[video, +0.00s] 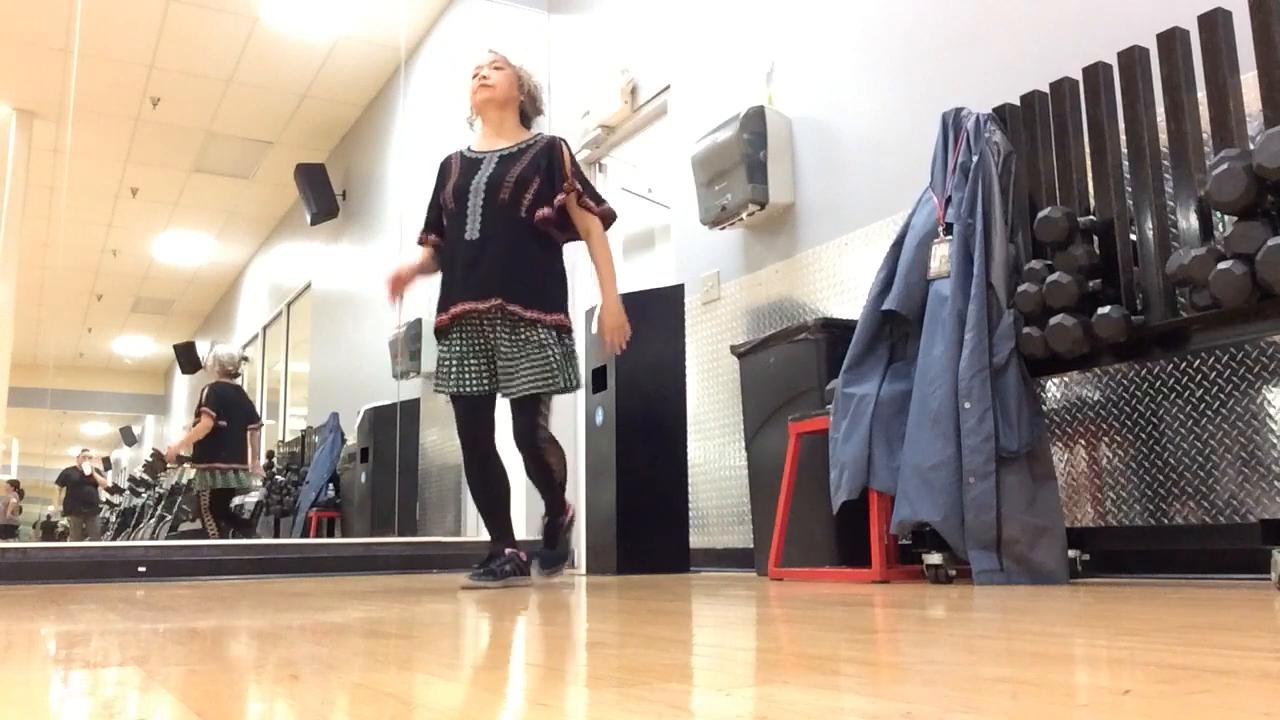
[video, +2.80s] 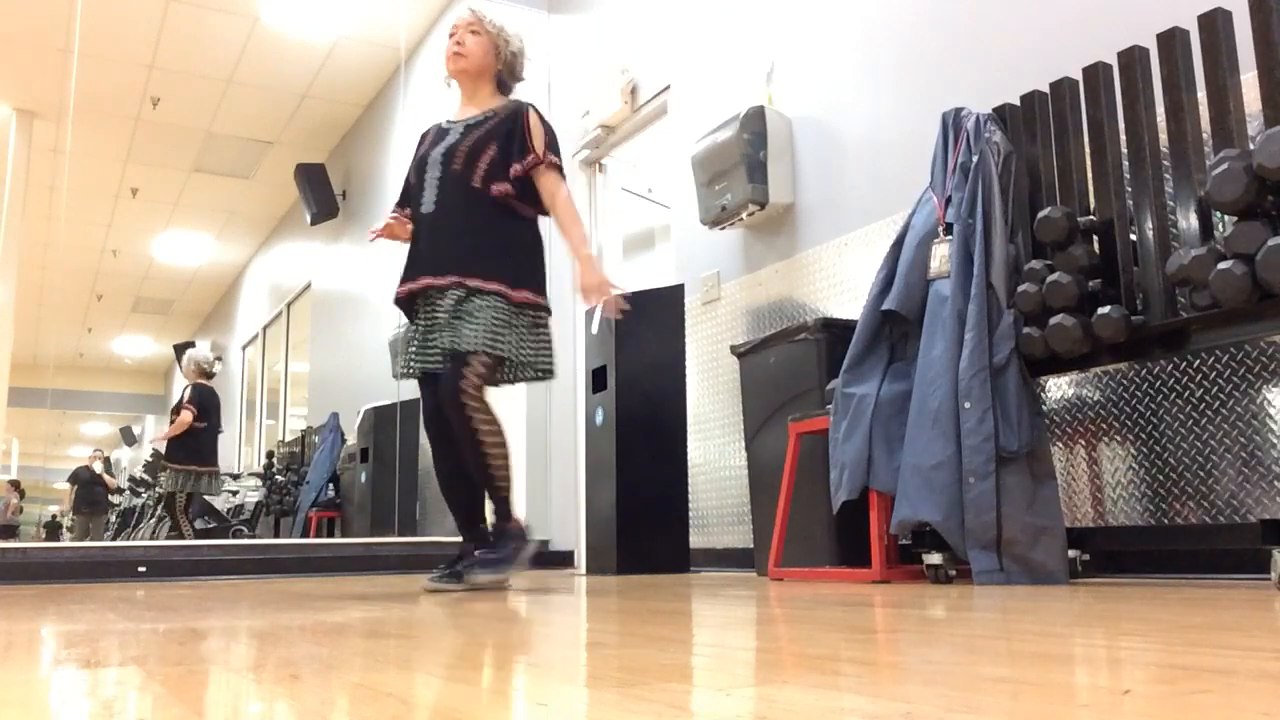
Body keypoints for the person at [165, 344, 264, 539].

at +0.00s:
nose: (209, 368)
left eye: (211, 364)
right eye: (210, 364)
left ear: (215, 366)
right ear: (235, 367)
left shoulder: (212, 390)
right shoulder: (241, 393)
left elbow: (206, 424)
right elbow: (254, 427)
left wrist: (177, 447)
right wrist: (255, 462)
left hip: (212, 466)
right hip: (237, 467)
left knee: (207, 511)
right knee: (221, 509)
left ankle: (218, 555)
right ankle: (247, 528)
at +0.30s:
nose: (206, 363)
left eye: (208, 360)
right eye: (208, 359)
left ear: (213, 364)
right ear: (232, 366)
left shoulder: (205, 387)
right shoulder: (237, 390)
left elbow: (187, 420)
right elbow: (252, 421)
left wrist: (175, 417)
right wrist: (238, 443)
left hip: (209, 461)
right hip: (235, 460)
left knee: (210, 509)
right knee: (214, 507)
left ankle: (220, 552)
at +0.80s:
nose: (203, 368)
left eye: (205, 365)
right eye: (205, 365)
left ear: (208, 368)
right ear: (226, 371)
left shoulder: (196, 391)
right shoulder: (229, 393)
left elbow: (184, 425)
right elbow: (243, 426)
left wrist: (179, 452)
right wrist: (227, 443)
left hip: (197, 464)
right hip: (224, 464)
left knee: (195, 511)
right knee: (210, 510)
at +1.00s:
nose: (196, 369)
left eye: (198, 366)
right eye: (198, 366)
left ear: (202, 369)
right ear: (221, 370)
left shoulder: (194, 391)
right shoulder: (225, 392)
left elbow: (183, 422)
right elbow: (238, 425)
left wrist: (172, 455)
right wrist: (218, 435)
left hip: (193, 465)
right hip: (220, 464)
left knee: (172, 504)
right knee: (210, 511)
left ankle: (187, 538)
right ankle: (212, 553)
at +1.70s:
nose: (183, 374)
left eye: (184, 370)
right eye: (182, 370)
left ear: (193, 371)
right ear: (204, 370)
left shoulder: (188, 394)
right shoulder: (217, 396)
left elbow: (169, 426)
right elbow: (220, 432)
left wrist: (147, 437)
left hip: (176, 466)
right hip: (203, 468)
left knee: (167, 515)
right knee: (196, 515)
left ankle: (160, 556)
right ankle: (204, 557)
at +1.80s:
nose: (184, 373)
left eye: (186, 369)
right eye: (184, 369)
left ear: (194, 371)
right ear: (206, 370)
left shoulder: (192, 394)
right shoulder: (217, 395)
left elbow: (173, 422)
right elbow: (218, 431)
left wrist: (158, 421)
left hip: (184, 467)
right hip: (210, 467)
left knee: (169, 508)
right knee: (201, 513)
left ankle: (162, 550)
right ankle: (204, 554)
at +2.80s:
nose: (182, 369)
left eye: (184, 365)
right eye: (182, 365)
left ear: (193, 367)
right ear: (205, 368)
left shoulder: (193, 390)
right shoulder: (211, 392)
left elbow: (185, 419)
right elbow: (214, 430)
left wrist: (164, 435)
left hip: (185, 463)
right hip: (202, 463)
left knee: (177, 509)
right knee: (177, 507)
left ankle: (192, 552)